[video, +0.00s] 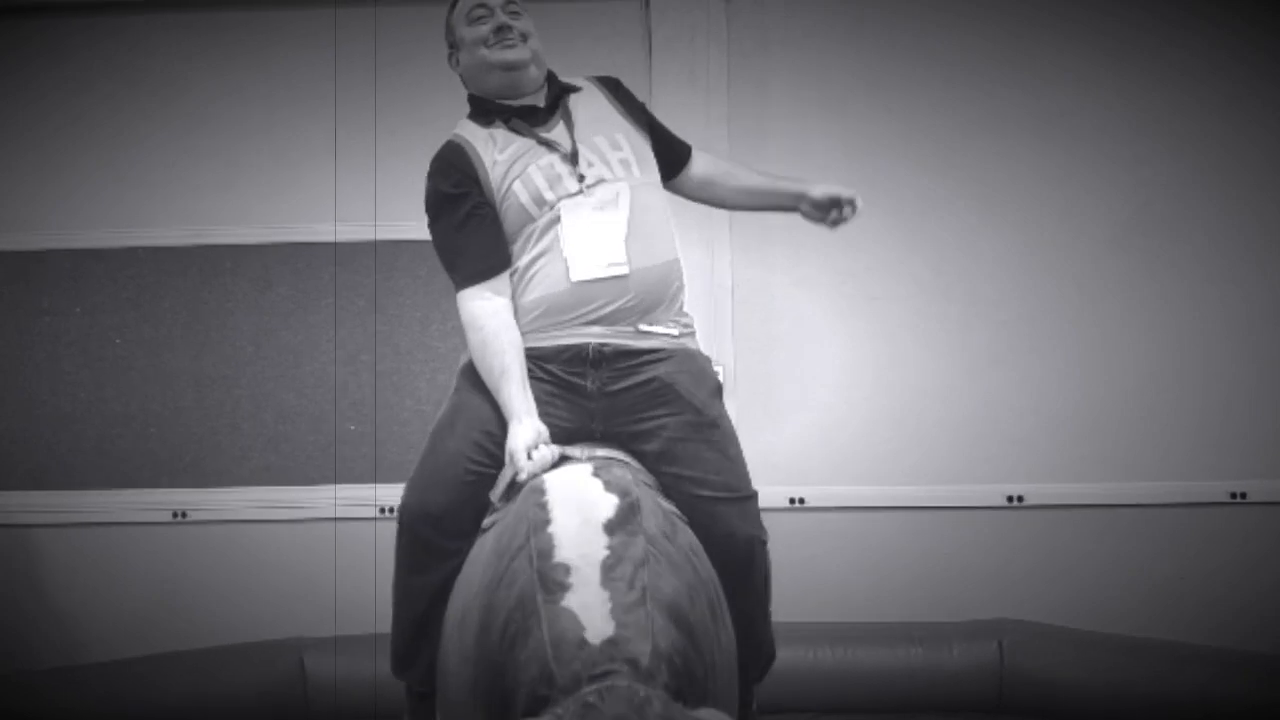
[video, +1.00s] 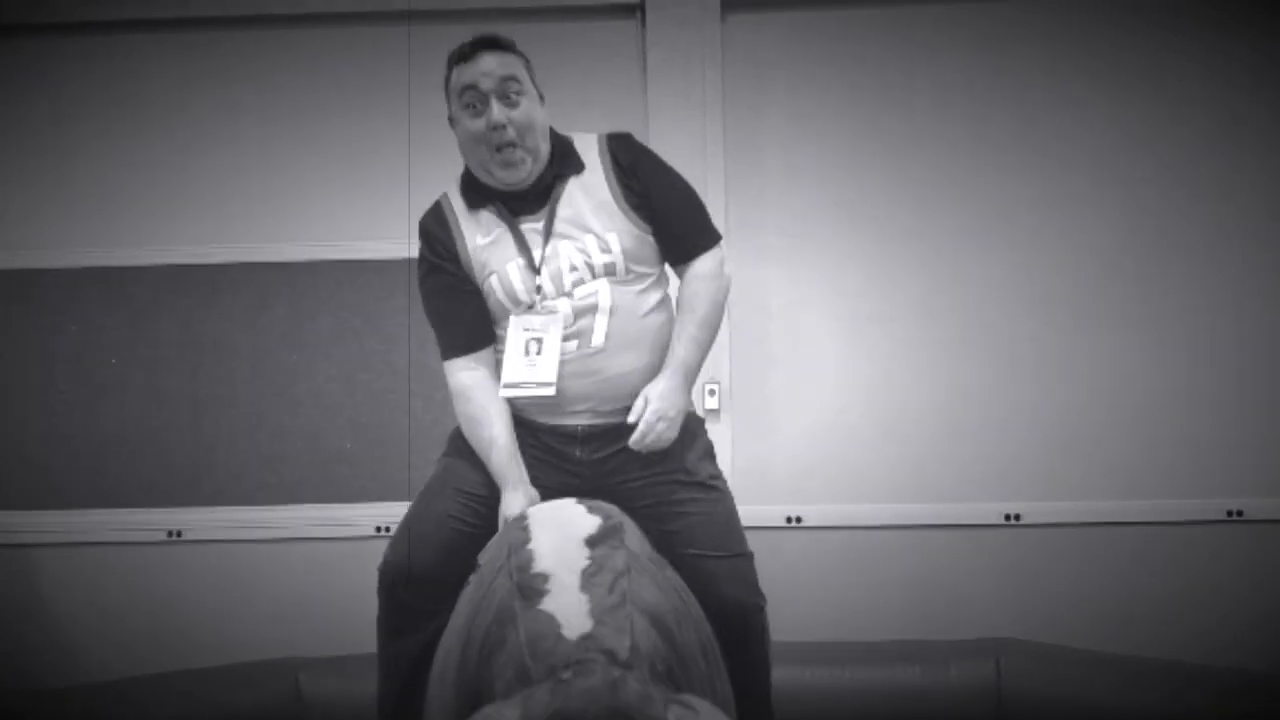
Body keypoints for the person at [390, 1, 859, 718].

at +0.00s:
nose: (503, 20)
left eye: (511, 11)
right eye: (479, 19)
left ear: (535, 32)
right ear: (458, 65)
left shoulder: (606, 99)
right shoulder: (463, 161)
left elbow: (690, 170)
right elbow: (484, 303)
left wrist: (800, 196)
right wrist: (521, 415)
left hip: (659, 362)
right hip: (528, 372)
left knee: (736, 535)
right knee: (429, 513)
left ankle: (739, 695)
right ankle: (424, 695)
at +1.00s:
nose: (497, 118)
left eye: (512, 95)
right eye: (474, 104)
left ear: (542, 103)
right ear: (453, 126)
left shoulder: (619, 161)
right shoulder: (447, 228)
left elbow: (707, 263)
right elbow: (470, 373)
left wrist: (677, 378)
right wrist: (513, 482)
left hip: (651, 441)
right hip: (513, 448)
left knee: (735, 604)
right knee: (411, 574)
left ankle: (750, 718)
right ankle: (406, 715)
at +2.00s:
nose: (572, 218)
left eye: (582, 206)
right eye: (555, 207)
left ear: (597, 221)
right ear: (529, 227)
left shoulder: (628, 272)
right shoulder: (500, 287)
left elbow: (654, 351)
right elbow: (479, 383)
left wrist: (595, 415)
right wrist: (521, 437)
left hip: (625, 422)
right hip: (528, 430)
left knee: (728, 511)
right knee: (441, 519)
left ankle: (742, 659)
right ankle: (420, 666)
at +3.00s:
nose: (533, 64)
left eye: (534, 51)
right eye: (509, 56)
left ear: (547, 65)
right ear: (474, 87)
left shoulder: (605, 132)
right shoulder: (466, 172)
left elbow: (699, 155)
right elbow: (474, 284)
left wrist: (765, 111)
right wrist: (508, 371)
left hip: (626, 339)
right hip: (519, 346)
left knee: (700, 476)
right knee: (434, 456)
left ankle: (725, 663)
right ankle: (418, 652)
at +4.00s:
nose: (494, 48)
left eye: (489, 44)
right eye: (471, 47)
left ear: (507, 67)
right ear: (438, 97)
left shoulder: (579, 116)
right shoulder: (446, 172)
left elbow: (661, 141)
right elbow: (474, 295)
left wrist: (740, 98)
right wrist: (510, 409)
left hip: (638, 353)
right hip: (514, 365)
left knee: (709, 518)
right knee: (428, 509)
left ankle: (735, 695)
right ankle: (411, 697)